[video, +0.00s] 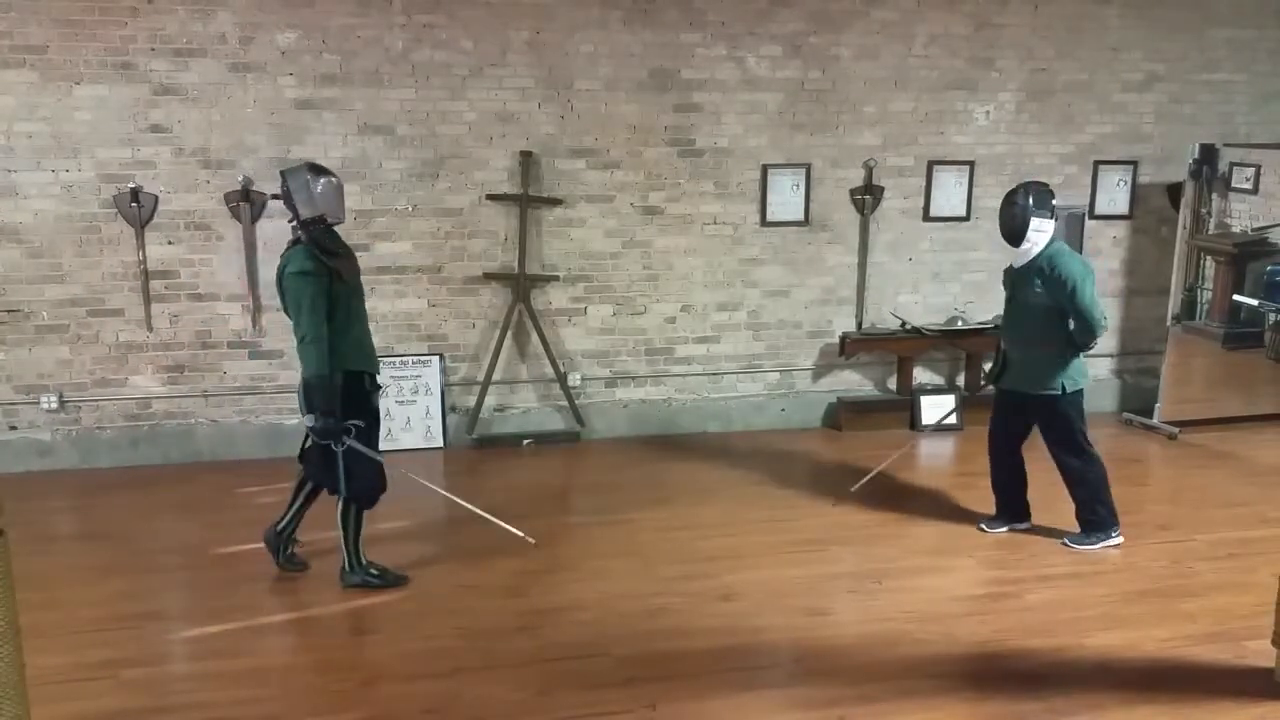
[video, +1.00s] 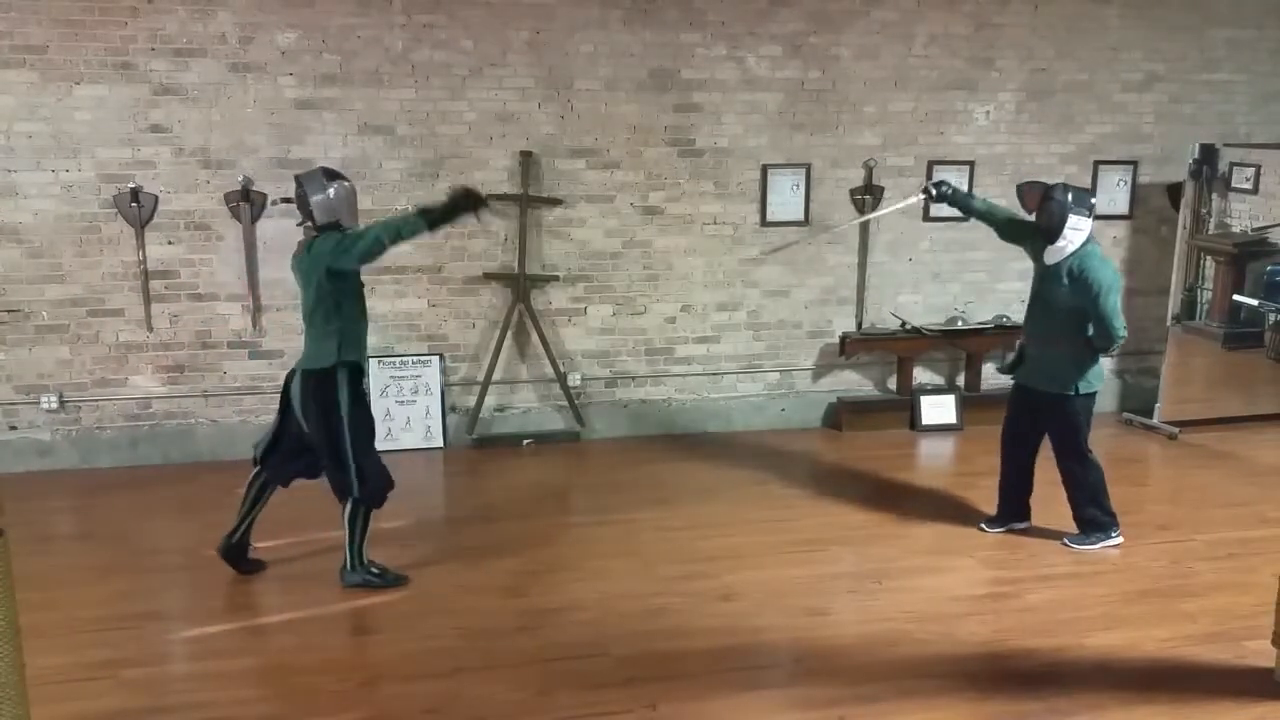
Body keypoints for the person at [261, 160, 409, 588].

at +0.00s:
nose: (336, 203)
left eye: (334, 194)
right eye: (327, 196)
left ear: (300, 202)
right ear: (311, 202)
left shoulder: (331, 249)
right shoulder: (304, 261)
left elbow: (347, 323)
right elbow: (311, 337)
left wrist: (366, 376)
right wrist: (321, 405)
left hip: (353, 378)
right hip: (335, 382)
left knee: (322, 461)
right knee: (357, 473)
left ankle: (282, 532)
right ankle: (355, 565)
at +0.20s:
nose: (340, 201)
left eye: (338, 194)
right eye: (332, 195)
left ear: (307, 201)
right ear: (314, 201)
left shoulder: (332, 247)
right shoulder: (309, 260)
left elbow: (347, 323)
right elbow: (319, 333)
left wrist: (367, 376)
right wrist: (327, 399)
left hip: (350, 377)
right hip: (339, 381)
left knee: (319, 462)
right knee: (360, 475)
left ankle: (279, 533)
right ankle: (355, 564)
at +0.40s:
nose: (347, 202)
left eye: (343, 194)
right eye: (340, 195)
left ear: (308, 203)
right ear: (325, 201)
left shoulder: (320, 252)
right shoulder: (323, 260)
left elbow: (334, 330)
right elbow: (340, 333)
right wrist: (360, 396)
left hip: (324, 379)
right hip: (339, 383)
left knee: (314, 463)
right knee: (362, 476)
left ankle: (273, 537)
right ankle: (355, 565)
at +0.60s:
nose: (355, 206)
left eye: (352, 198)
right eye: (349, 200)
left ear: (314, 207)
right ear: (338, 205)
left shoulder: (315, 253)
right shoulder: (331, 262)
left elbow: (328, 322)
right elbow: (376, 318)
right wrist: (429, 364)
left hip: (315, 376)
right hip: (340, 379)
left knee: (302, 461)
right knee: (359, 472)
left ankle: (266, 541)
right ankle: (355, 566)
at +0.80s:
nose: (356, 205)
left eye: (351, 198)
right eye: (351, 199)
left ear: (312, 208)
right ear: (343, 205)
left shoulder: (312, 255)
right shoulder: (337, 257)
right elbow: (392, 275)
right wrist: (462, 280)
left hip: (311, 378)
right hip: (338, 380)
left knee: (292, 463)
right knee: (361, 475)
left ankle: (245, 540)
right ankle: (354, 566)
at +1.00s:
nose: (353, 210)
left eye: (350, 202)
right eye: (348, 202)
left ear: (309, 210)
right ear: (337, 204)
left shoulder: (306, 253)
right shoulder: (330, 248)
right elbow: (381, 235)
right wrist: (445, 210)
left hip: (307, 376)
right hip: (335, 376)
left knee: (279, 461)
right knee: (363, 473)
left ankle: (236, 541)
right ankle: (355, 565)